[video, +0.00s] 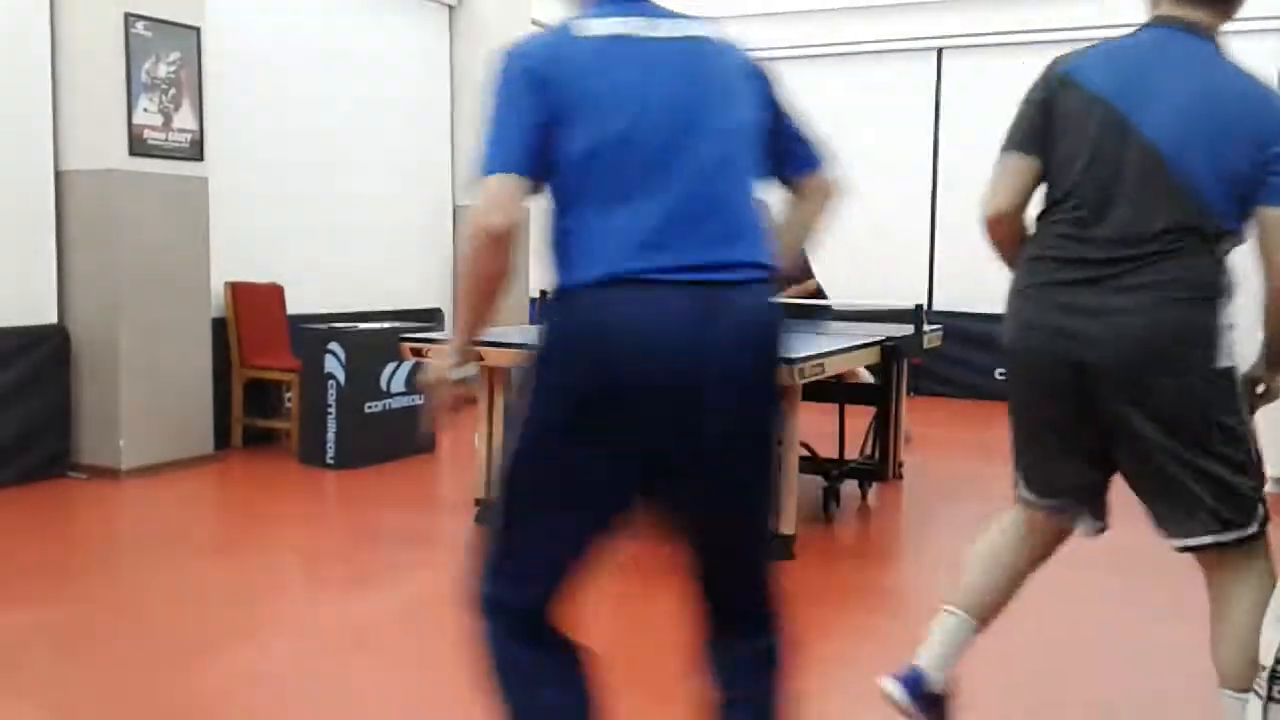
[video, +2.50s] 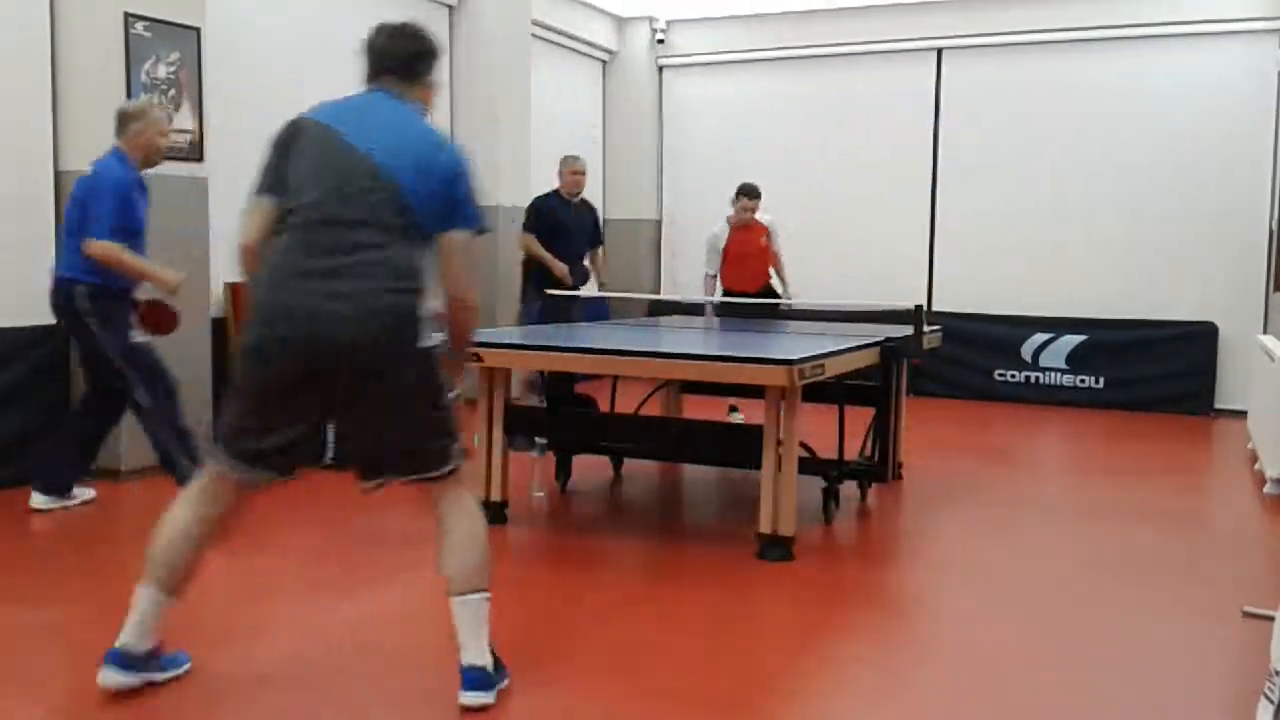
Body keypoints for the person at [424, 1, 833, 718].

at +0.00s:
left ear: (578, 2)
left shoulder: (540, 59)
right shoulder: (727, 60)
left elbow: (497, 222)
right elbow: (816, 184)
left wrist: (460, 346)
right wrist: (762, 281)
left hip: (607, 336)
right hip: (736, 337)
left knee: (516, 598)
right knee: (740, 602)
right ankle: (749, 703)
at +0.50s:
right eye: (331, 35)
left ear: (237, 51)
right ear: (328, 42)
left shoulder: (180, 131)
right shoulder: (381, 108)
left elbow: (138, 315)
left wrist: (186, 417)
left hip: (222, 411)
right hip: (373, 409)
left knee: (139, 667)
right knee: (450, 657)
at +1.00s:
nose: (402, 151)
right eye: (401, 143)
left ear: (336, 150)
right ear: (394, 143)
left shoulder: (303, 195)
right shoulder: (403, 159)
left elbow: (280, 284)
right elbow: (454, 212)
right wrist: (495, 333)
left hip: (270, 345)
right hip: (356, 339)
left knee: (333, 505)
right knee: (401, 541)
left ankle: (369, 634)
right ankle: (357, 707)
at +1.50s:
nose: (403, 135)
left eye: (401, 127)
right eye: (401, 128)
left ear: (347, 129)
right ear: (391, 124)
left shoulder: (313, 171)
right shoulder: (389, 138)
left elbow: (310, 245)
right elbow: (398, 172)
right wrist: (419, 259)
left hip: (289, 297)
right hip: (359, 290)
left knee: (321, 445)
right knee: (396, 443)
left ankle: (337, 545)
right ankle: (406, 590)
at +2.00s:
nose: (282, 119)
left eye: (281, 112)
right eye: (280, 112)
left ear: (235, 108)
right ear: (269, 110)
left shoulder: (194, 151)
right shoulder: (281, 151)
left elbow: (175, 220)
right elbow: (305, 209)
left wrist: (213, 248)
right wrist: (319, 279)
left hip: (203, 288)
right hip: (264, 284)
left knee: (232, 402)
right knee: (297, 395)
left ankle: (271, 517)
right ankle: (302, 504)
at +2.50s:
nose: (168, 144)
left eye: (168, 136)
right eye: (162, 136)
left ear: (139, 137)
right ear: (138, 135)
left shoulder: (131, 179)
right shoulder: (109, 176)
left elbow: (117, 250)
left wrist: (135, 301)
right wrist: (158, 275)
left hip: (103, 295)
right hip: (85, 294)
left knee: (108, 392)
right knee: (151, 383)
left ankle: (54, 484)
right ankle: (192, 474)